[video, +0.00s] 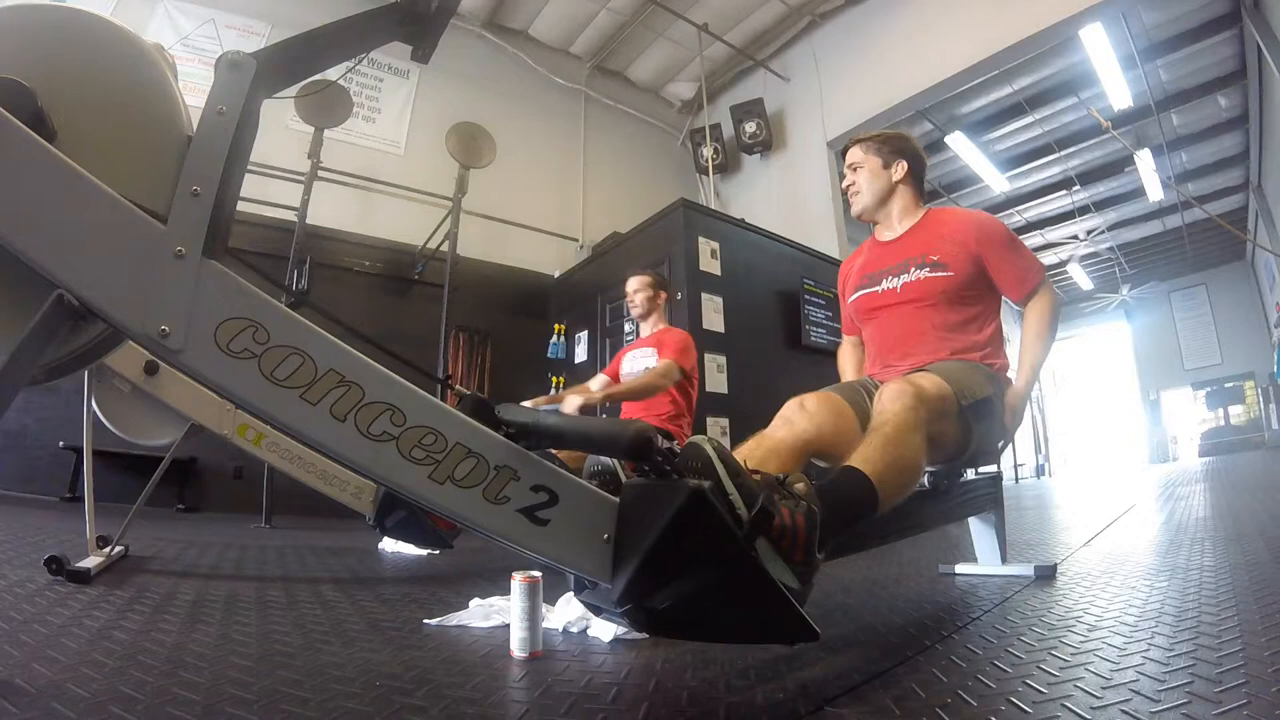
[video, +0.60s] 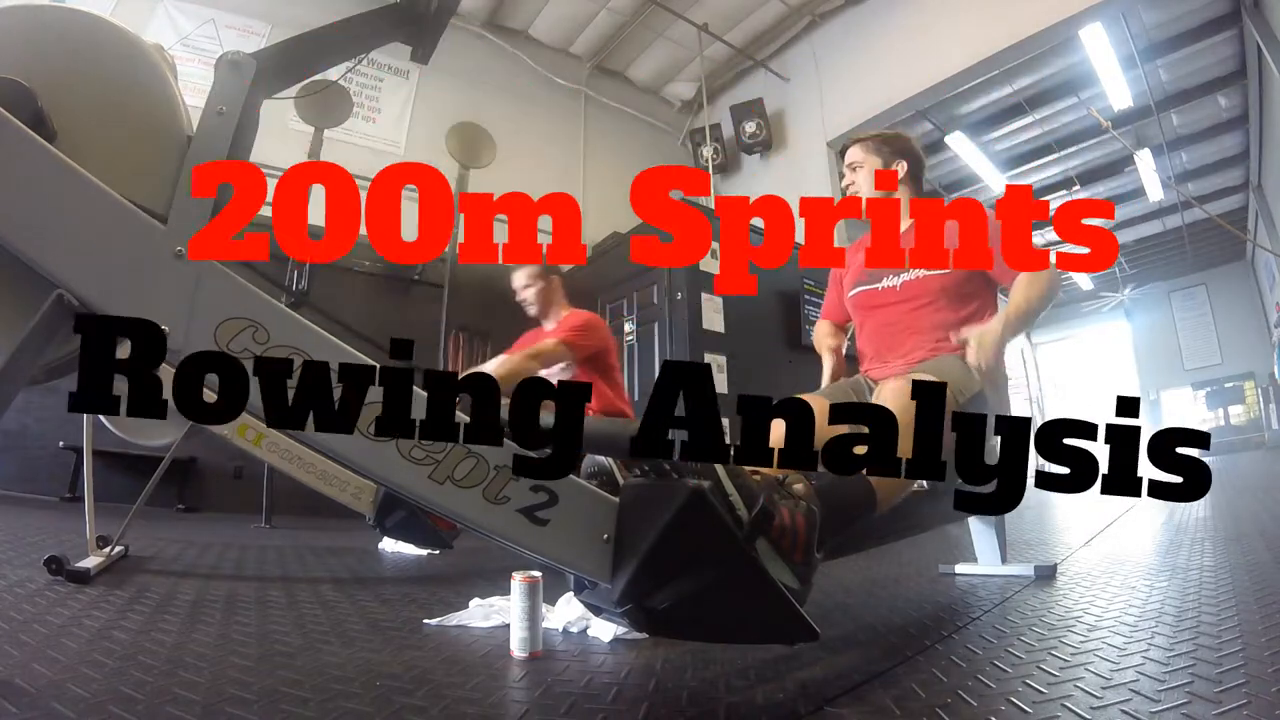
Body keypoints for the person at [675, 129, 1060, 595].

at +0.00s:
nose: (845, 181)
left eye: (856, 167)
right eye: (845, 174)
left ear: (898, 170)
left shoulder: (972, 227)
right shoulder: (852, 267)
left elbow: (1040, 296)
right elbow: (851, 343)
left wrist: (1021, 388)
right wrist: (856, 399)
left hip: (970, 376)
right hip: (880, 392)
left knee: (903, 398)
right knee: (801, 415)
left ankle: (815, 516)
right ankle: (696, 493)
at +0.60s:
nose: (845, 183)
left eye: (855, 169)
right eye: (843, 175)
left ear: (897, 171)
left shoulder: (959, 223)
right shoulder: (850, 255)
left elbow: (1041, 274)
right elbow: (828, 329)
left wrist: (1000, 328)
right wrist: (833, 355)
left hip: (955, 362)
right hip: (872, 381)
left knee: (899, 397)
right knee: (786, 422)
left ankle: (813, 522)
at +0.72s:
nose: (848, 182)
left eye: (858, 168)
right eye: (847, 174)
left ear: (901, 170)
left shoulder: (961, 220)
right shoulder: (853, 253)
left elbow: (1043, 285)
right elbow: (832, 345)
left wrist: (984, 291)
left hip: (967, 374)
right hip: (875, 388)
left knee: (896, 396)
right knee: (790, 416)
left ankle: (819, 531)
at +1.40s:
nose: (838, 158)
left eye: (851, 145)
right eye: (829, 154)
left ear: (890, 152)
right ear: (827, 172)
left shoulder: (947, 206)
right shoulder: (828, 246)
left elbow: (1011, 284)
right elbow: (802, 328)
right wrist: (763, 335)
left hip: (960, 390)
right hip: (860, 394)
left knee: (896, 343)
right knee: (757, 382)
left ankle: (813, 508)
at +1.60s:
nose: (821, 159)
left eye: (833, 144)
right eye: (812, 155)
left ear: (873, 148)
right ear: (810, 169)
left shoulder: (938, 203)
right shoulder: (817, 245)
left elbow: (1005, 280)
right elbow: (796, 333)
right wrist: (733, 368)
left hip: (948, 383)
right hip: (847, 389)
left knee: (887, 327)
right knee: (741, 371)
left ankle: (809, 509)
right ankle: (714, 524)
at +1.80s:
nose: (813, 175)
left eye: (823, 158)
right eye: (801, 167)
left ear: (858, 154)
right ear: (794, 177)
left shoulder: (927, 212)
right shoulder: (803, 255)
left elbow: (990, 306)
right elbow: (790, 350)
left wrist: (1011, 415)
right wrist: (744, 400)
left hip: (948, 393)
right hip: (846, 398)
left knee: (874, 322)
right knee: (734, 365)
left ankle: (804, 508)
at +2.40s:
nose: (815, 193)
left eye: (824, 175)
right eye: (801, 185)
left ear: (855, 163)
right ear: (792, 191)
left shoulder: (927, 221)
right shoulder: (799, 258)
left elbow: (989, 309)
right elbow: (802, 350)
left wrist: (996, 414)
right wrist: (818, 414)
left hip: (945, 392)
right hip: (845, 399)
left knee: (888, 335)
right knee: (736, 377)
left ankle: (809, 505)